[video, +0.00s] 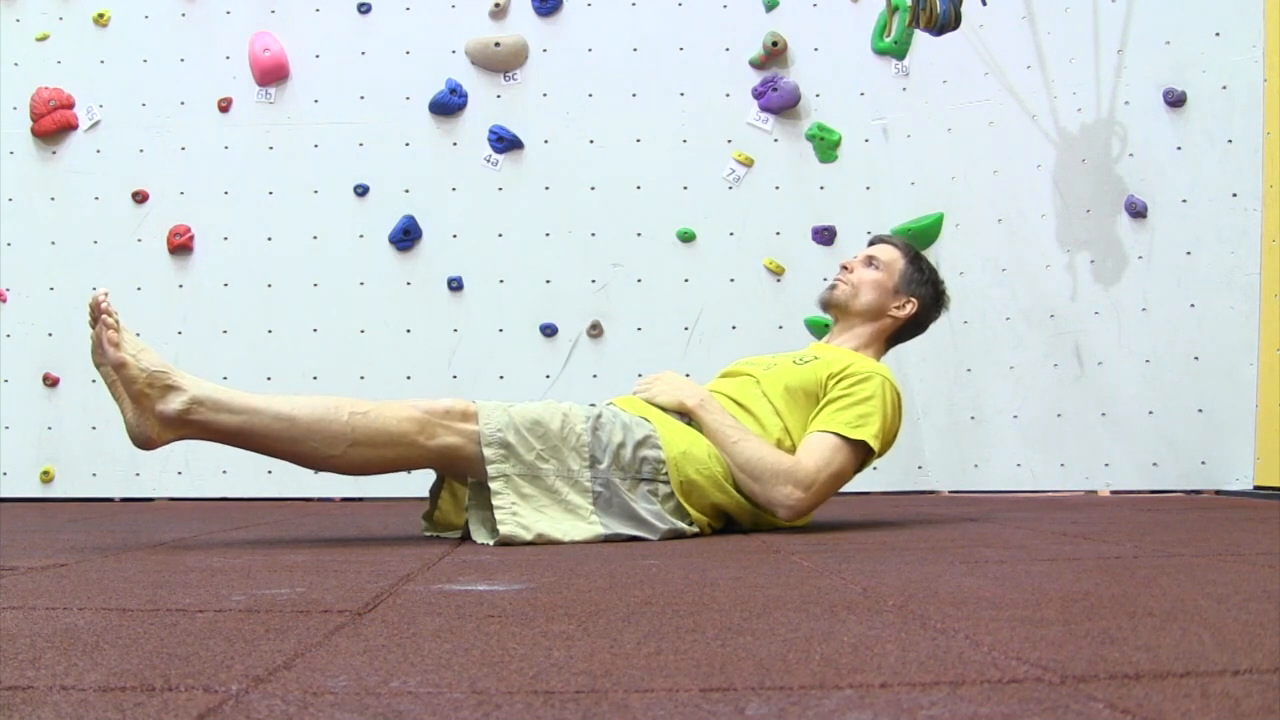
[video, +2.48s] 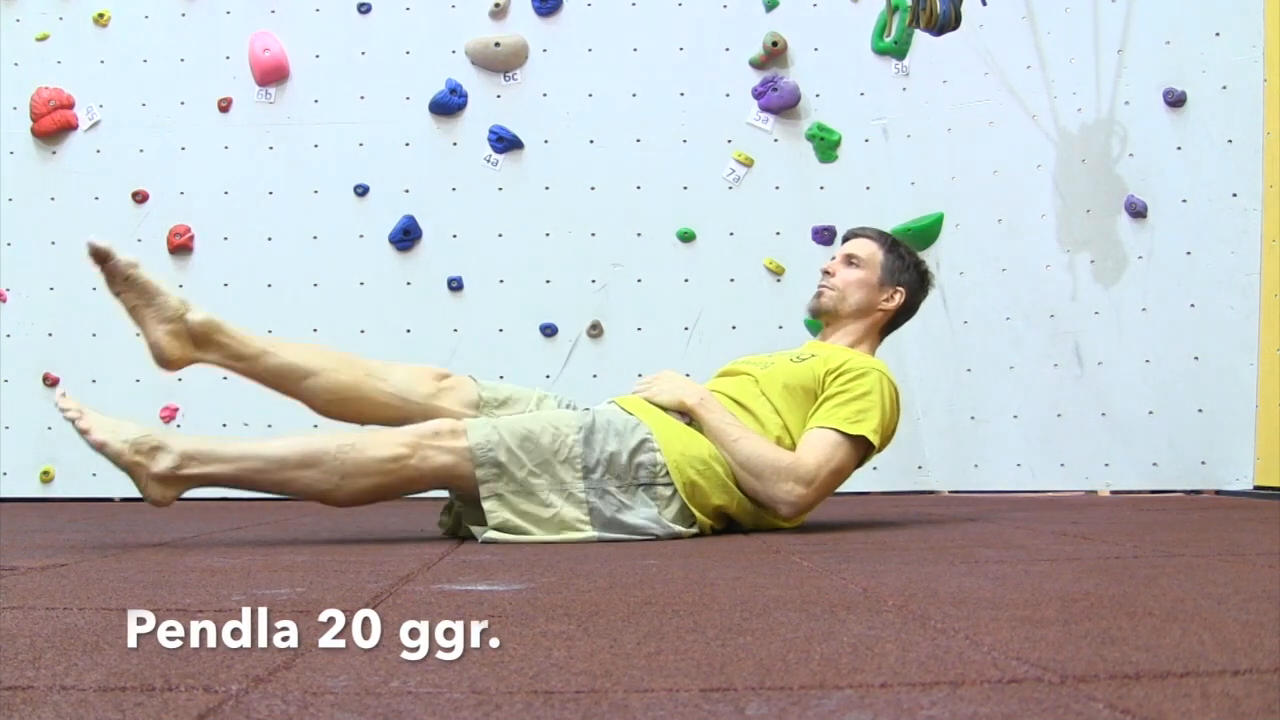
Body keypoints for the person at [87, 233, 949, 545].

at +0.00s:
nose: (849, 261)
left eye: (873, 261)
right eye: (859, 252)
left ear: (900, 308)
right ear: (865, 292)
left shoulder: (867, 381)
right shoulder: (807, 364)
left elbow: (793, 495)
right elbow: (755, 473)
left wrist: (701, 402)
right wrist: (673, 413)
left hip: (660, 462)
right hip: (639, 446)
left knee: (445, 428)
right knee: (435, 423)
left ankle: (178, 406)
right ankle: (180, 407)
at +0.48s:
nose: (848, 266)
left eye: (872, 265)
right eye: (858, 257)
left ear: (901, 312)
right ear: (868, 298)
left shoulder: (868, 384)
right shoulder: (809, 368)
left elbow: (795, 494)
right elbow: (755, 470)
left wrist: (702, 402)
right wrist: (672, 409)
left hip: (657, 461)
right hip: (638, 446)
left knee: (443, 425)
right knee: (432, 424)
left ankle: (174, 406)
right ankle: (173, 411)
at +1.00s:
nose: (845, 265)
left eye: (869, 263)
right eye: (851, 255)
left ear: (900, 307)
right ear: (849, 287)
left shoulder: (867, 381)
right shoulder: (797, 366)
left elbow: (793, 496)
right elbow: (738, 461)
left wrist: (704, 403)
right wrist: (665, 405)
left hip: (656, 457)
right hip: (626, 445)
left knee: (455, 414)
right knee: (407, 448)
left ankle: (192, 364)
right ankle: (171, 450)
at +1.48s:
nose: (831, 262)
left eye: (854, 259)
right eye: (836, 252)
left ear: (890, 299)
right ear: (839, 284)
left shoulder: (861, 378)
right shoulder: (792, 362)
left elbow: (793, 493)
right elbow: (735, 454)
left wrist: (703, 404)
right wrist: (662, 403)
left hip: (645, 465)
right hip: (614, 436)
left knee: (442, 441)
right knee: (431, 397)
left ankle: (173, 460)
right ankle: (196, 341)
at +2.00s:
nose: (841, 261)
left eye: (865, 258)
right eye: (847, 250)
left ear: (897, 302)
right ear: (850, 285)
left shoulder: (863, 376)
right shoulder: (797, 363)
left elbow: (792, 495)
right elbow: (742, 465)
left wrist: (703, 404)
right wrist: (668, 406)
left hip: (654, 456)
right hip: (627, 448)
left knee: (451, 403)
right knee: (409, 446)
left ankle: (189, 341)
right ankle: (175, 461)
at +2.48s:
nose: (833, 266)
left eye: (856, 262)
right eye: (837, 255)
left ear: (890, 302)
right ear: (839, 286)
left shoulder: (863, 380)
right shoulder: (793, 364)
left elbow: (790, 493)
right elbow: (739, 459)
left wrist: (702, 405)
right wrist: (666, 404)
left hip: (643, 466)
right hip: (614, 434)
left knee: (433, 443)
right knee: (428, 393)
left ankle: (174, 463)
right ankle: (199, 334)